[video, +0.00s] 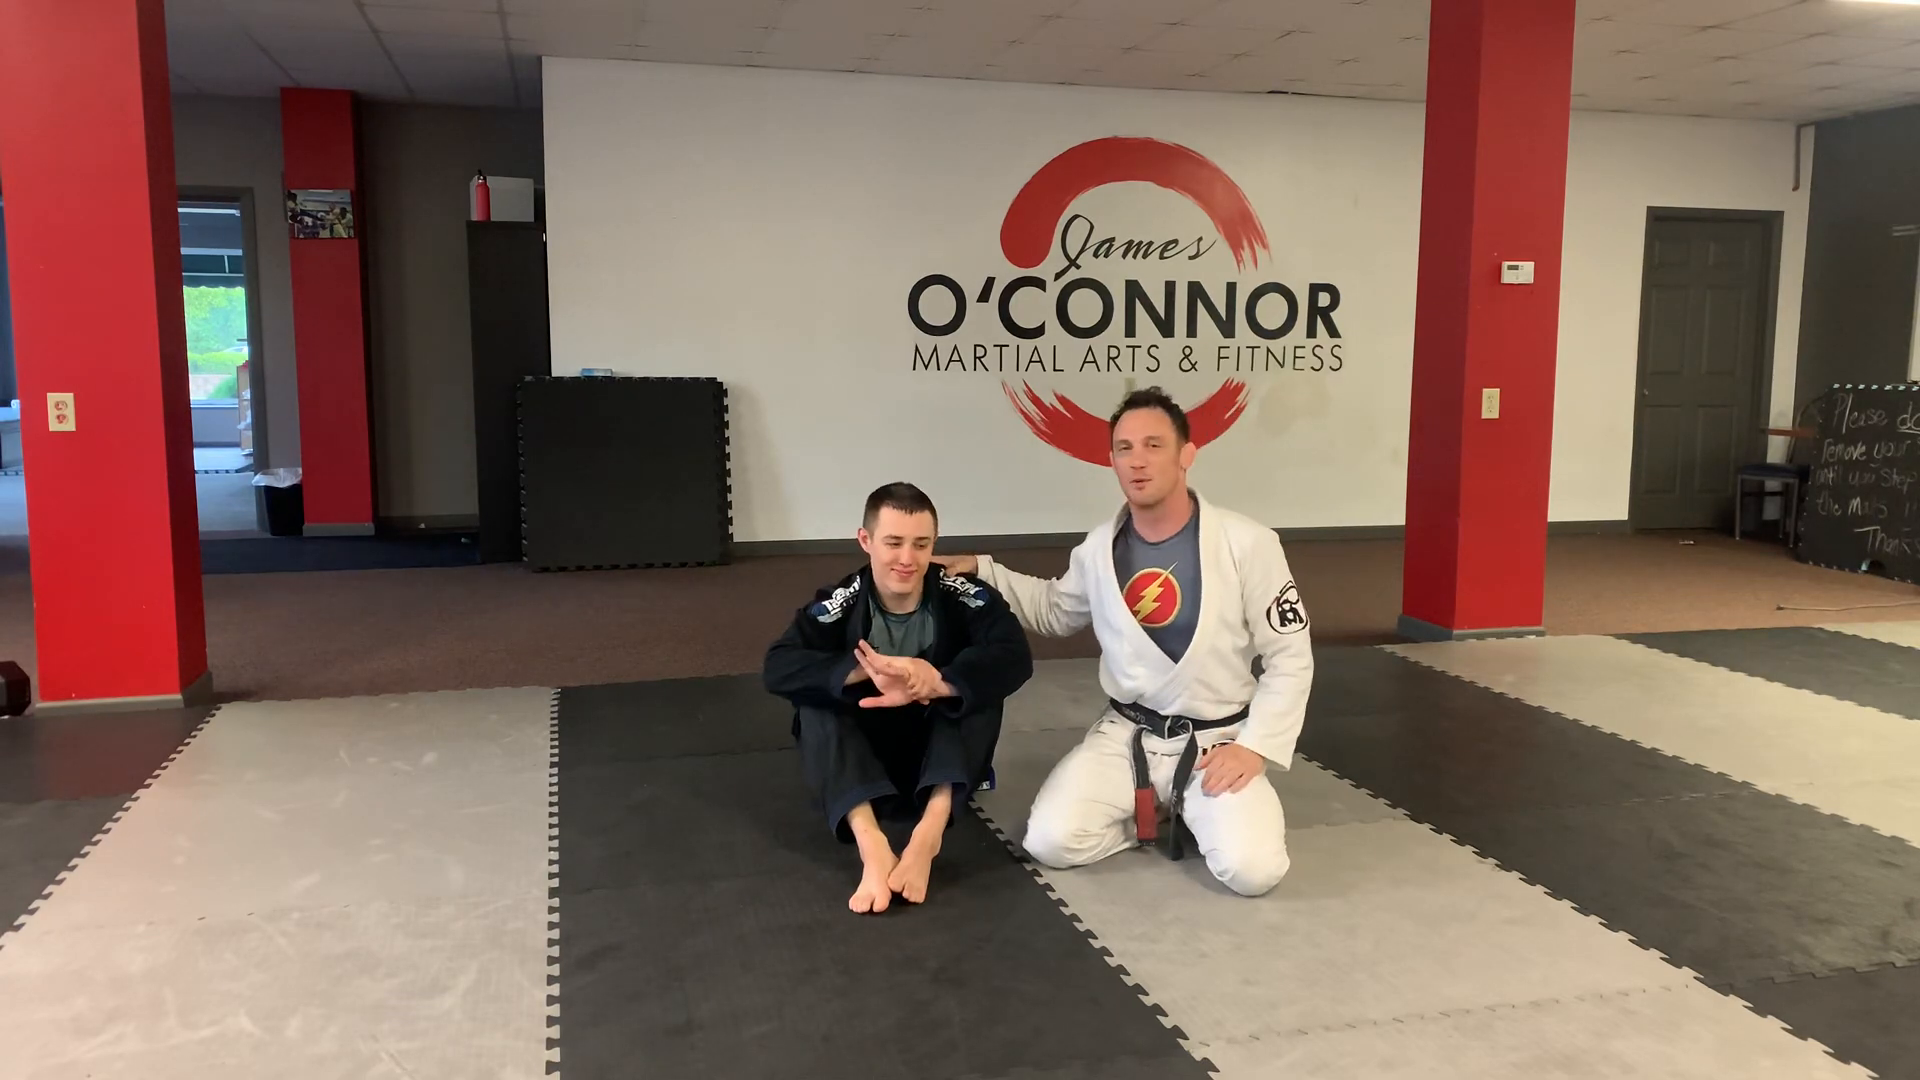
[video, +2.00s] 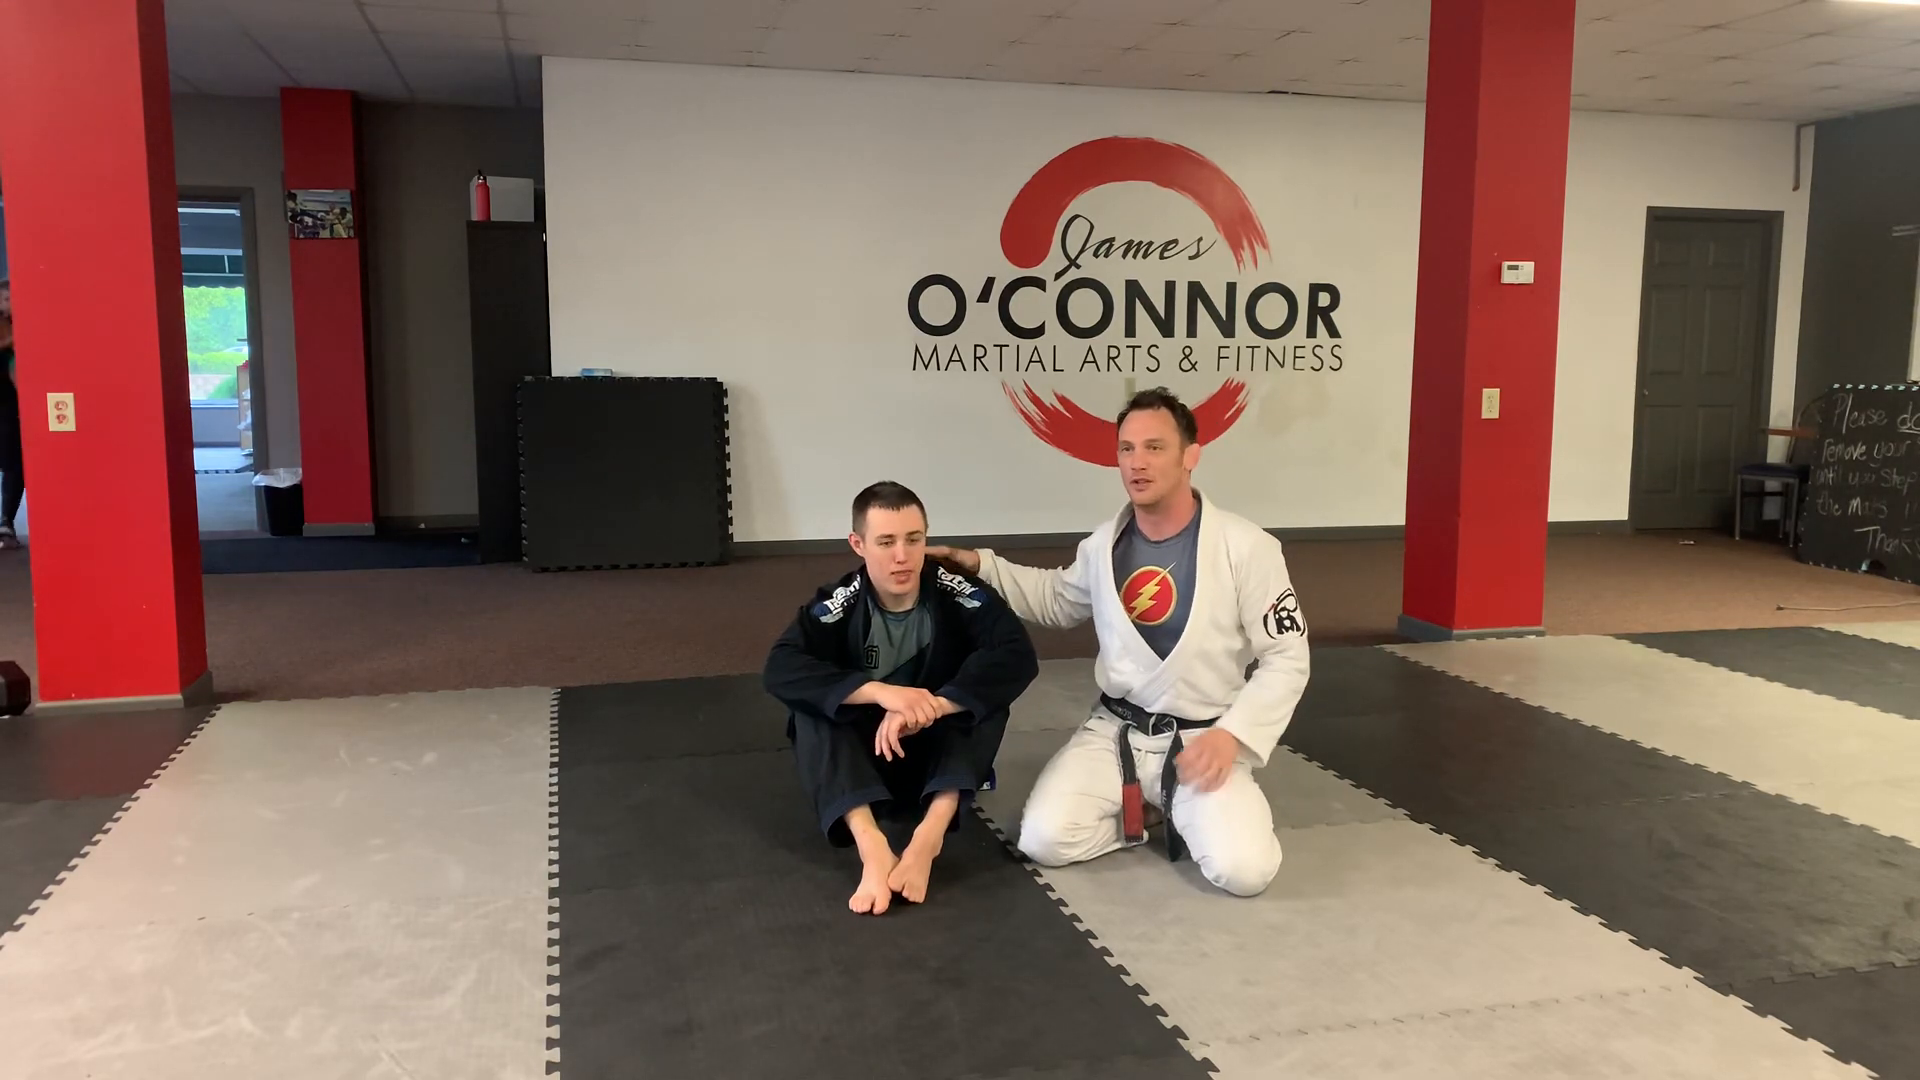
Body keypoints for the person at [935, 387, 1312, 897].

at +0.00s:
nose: (1137, 462)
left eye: (1153, 446)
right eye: (1124, 448)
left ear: (1186, 456)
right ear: (1111, 461)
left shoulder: (1248, 545)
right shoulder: (1097, 551)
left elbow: (1289, 656)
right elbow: (1055, 612)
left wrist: (1257, 746)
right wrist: (983, 569)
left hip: (1219, 738)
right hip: (1125, 732)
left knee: (1254, 871)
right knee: (1051, 842)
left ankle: (1200, 798)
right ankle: (1158, 811)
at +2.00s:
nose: (1137, 463)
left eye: (1153, 447)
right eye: (1127, 449)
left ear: (1190, 457)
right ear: (1116, 459)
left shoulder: (1246, 548)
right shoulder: (1102, 547)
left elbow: (1287, 657)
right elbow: (1057, 602)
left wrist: (1231, 734)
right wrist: (975, 563)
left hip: (1206, 737)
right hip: (1114, 729)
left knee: (1247, 872)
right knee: (1045, 840)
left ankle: (1186, 803)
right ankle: (1151, 809)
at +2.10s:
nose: (1137, 463)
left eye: (1154, 447)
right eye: (1129, 449)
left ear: (1194, 457)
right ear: (1119, 457)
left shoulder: (1248, 548)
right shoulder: (1107, 544)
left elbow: (1292, 651)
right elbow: (1063, 597)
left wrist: (1227, 692)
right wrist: (980, 553)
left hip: (1207, 736)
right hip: (1115, 728)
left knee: (1246, 870)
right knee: (1045, 840)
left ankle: (1190, 800)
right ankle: (1149, 807)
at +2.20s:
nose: (1134, 464)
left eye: (1150, 449)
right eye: (1129, 451)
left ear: (1196, 458)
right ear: (1124, 458)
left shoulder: (1251, 547)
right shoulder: (1114, 540)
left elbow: (1291, 658)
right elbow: (1063, 593)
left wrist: (1210, 621)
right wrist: (989, 540)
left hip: (1208, 736)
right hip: (1116, 726)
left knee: (1246, 871)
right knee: (1045, 841)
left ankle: (1193, 800)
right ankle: (1153, 811)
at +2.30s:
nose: (1135, 468)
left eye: (1150, 454)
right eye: (1134, 455)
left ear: (1199, 462)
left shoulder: (1260, 544)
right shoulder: (1121, 540)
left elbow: (1275, 651)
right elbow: (1064, 590)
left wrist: (1208, 566)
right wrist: (989, 539)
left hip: (1211, 737)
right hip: (1119, 727)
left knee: (1246, 870)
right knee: (1045, 842)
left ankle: (1198, 798)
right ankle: (1154, 810)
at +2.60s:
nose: (1194, 475)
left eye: (1212, 459)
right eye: (1185, 459)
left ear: (1250, 464)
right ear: (1175, 463)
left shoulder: (1295, 545)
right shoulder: (1148, 541)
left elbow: (1295, 643)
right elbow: (1081, 595)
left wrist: (1241, 551)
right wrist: (987, 579)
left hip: (1233, 739)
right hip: (1137, 726)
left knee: (1258, 863)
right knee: (1052, 843)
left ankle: (1205, 798)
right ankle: (1157, 807)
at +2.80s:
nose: (1236, 474)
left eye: (1253, 459)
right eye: (1223, 459)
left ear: (1280, 470)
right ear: (1204, 467)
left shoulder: (1319, 559)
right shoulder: (1168, 541)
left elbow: (1328, 671)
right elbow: (1118, 608)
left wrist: (1279, 574)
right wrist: (1032, 586)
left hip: (1247, 740)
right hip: (1150, 724)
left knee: (1257, 860)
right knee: (1072, 845)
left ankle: (1209, 799)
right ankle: (1161, 807)